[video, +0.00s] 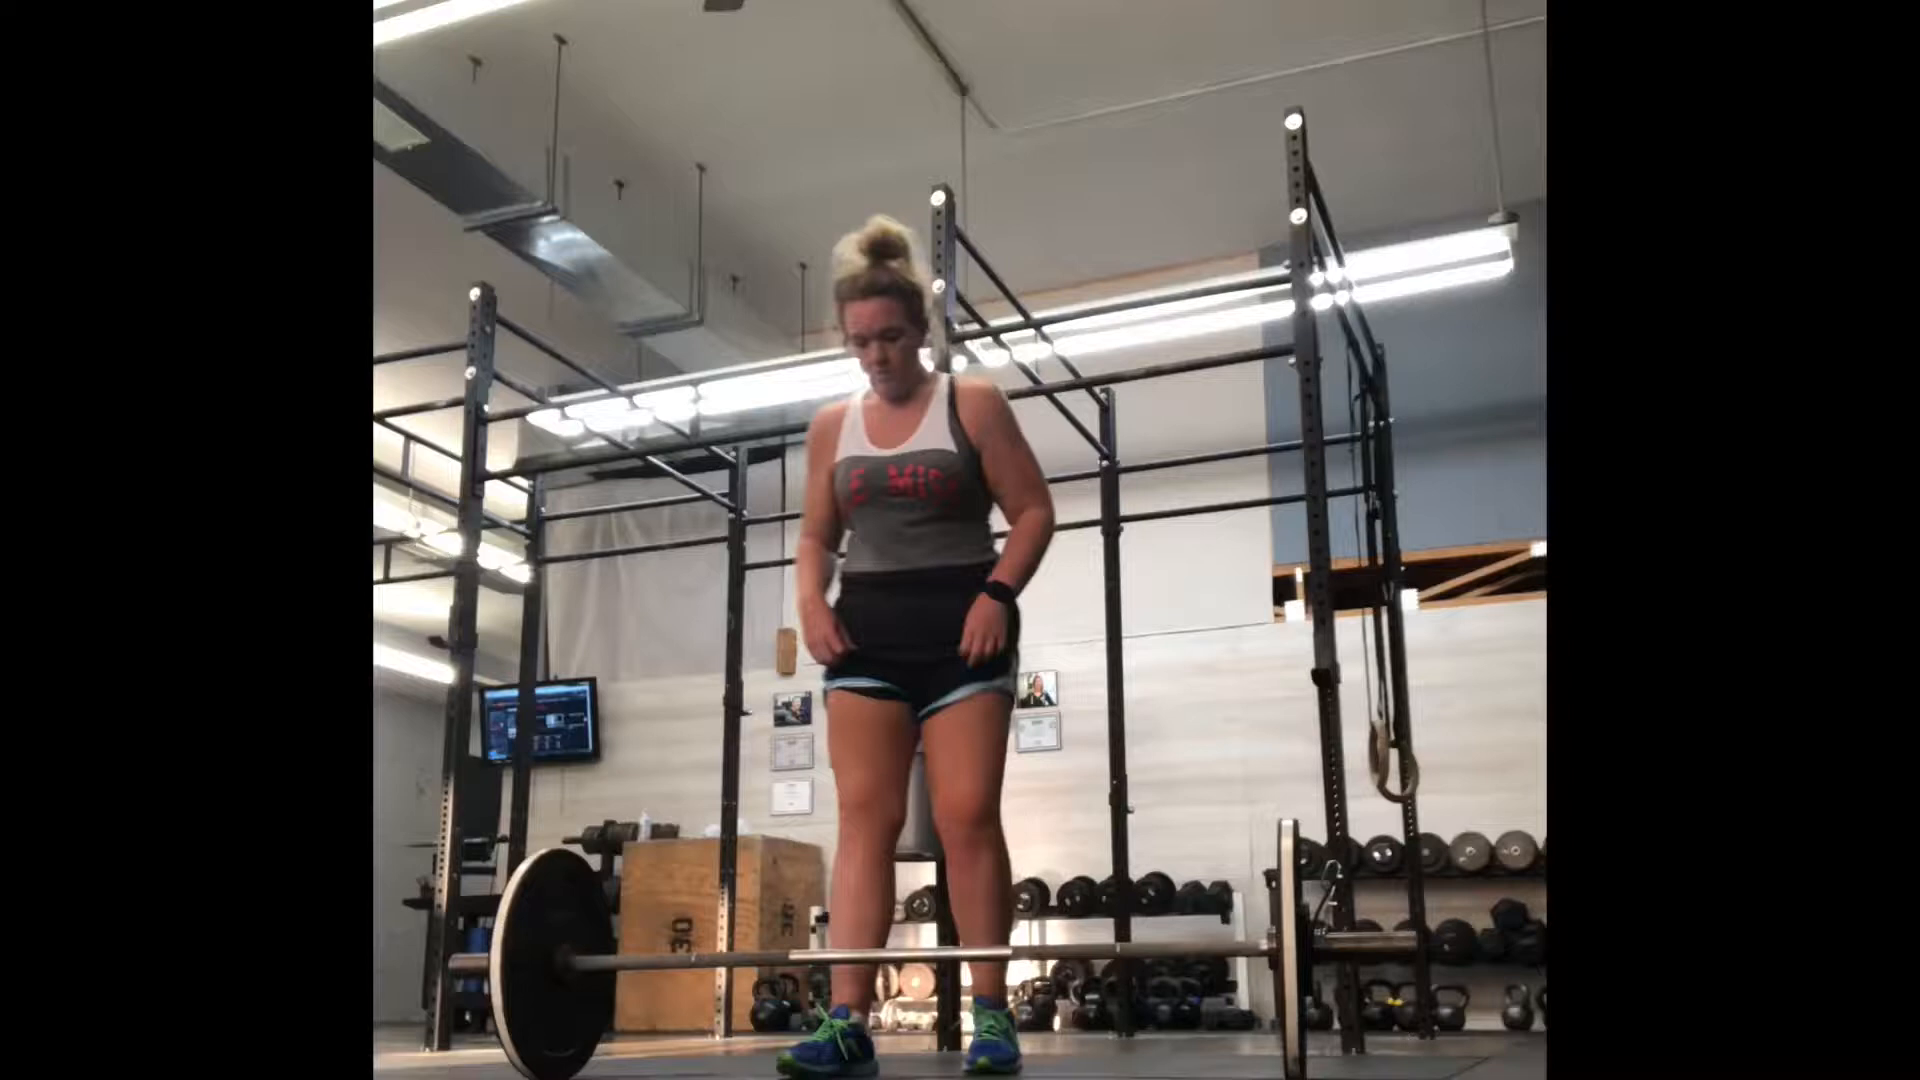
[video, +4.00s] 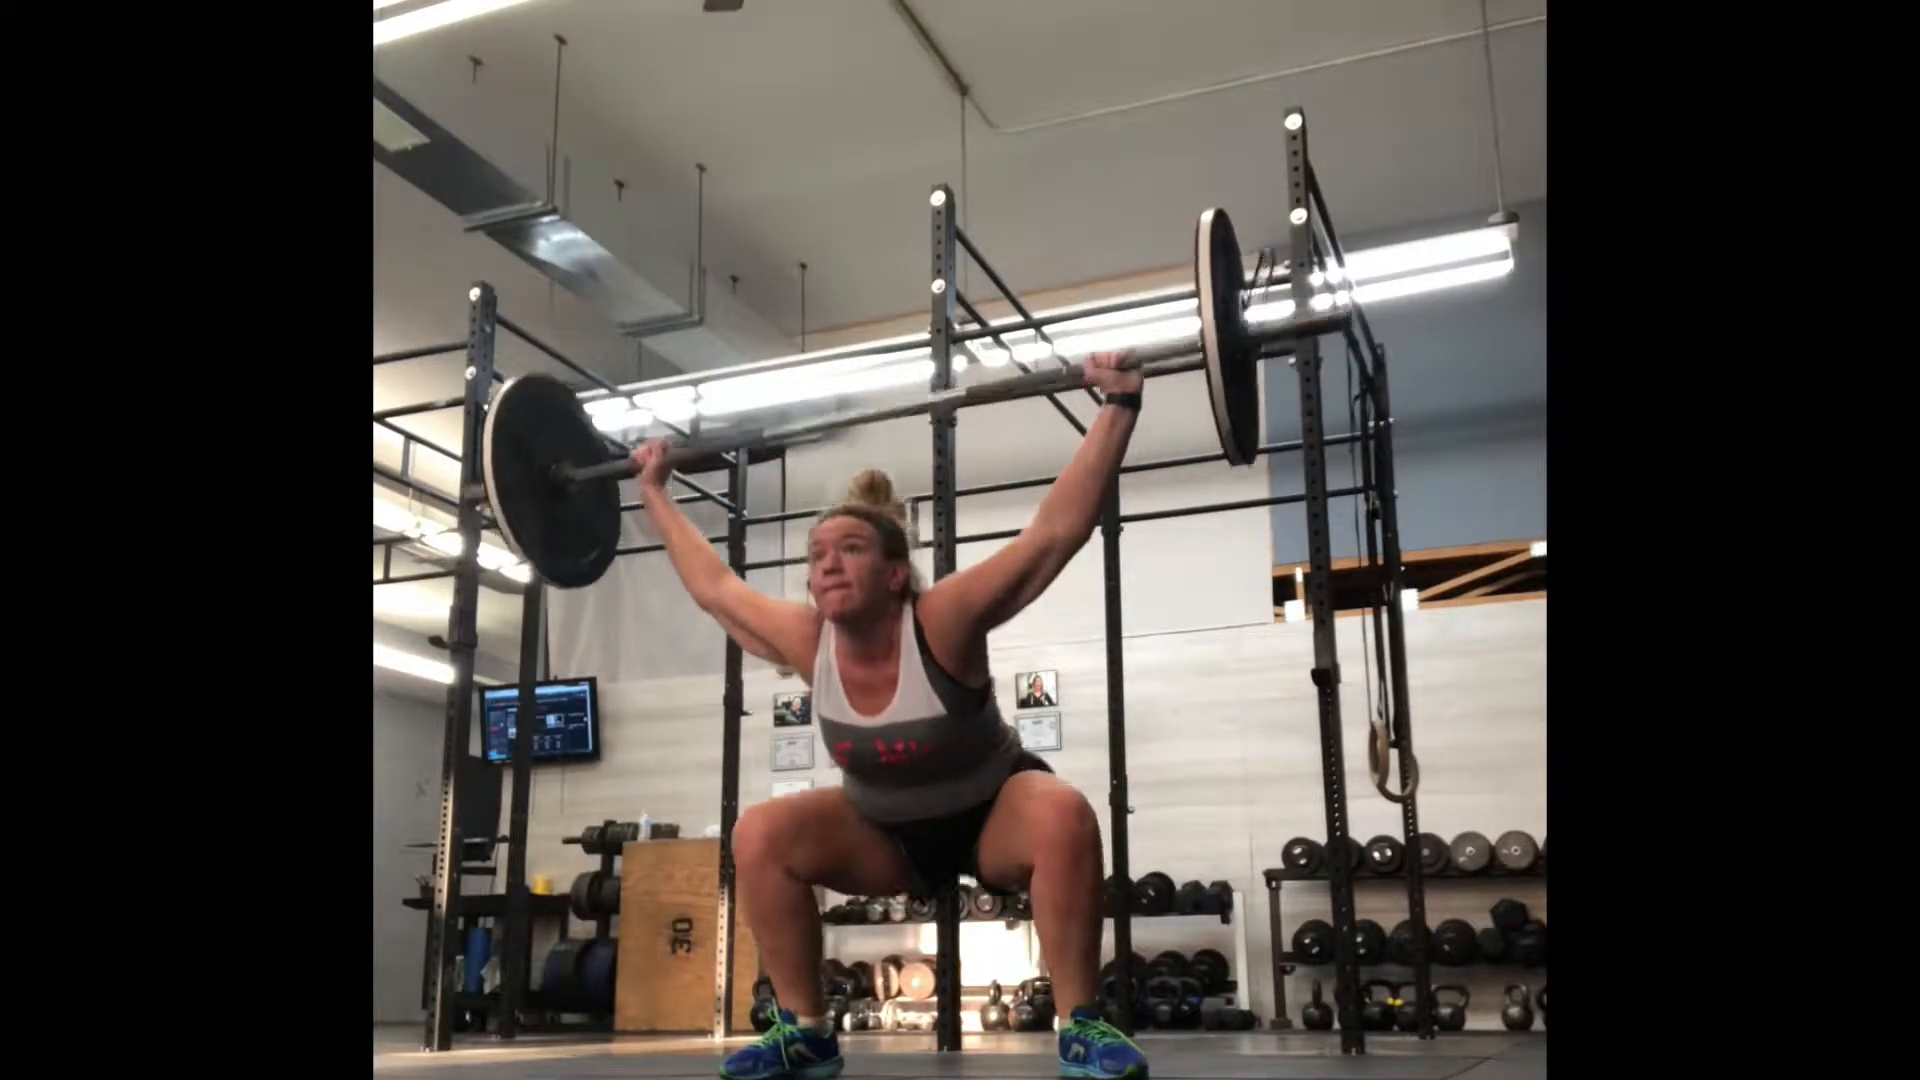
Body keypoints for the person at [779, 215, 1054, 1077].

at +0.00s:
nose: (879, 353)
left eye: (892, 335)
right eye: (864, 339)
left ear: (922, 327)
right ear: (845, 336)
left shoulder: (972, 404)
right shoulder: (832, 427)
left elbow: (1035, 513)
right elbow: (815, 536)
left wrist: (998, 593)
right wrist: (812, 607)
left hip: (962, 638)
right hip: (863, 643)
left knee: (967, 821)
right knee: (865, 822)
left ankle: (989, 1011)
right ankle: (847, 1019)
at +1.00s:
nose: (852, 565)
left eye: (872, 548)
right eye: (839, 551)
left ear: (914, 565)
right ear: (829, 569)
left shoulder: (962, 638)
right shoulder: (818, 653)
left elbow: (1064, 776)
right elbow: (760, 788)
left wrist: (1141, 894)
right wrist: (694, 909)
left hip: (980, 764)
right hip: (881, 773)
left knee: (1017, 816)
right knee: (809, 828)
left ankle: (1026, 1017)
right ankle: (846, 1023)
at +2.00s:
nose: (823, 523)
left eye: (842, 505)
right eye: (811, 508)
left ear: (887, 517)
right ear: (800, 522)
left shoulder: (948, 590)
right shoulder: (805, 610)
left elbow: (1050, 709)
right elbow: (746, 732)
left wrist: (1127, 836)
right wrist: (681, 850)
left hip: (988, 718)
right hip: (888, 727)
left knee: (1008, 816)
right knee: (822, 821)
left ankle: (1025, 1021)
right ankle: (846, 1025)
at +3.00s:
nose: (843, 445)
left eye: (864, 432)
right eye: (833, 436)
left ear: (906, 452)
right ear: (825, 455)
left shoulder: (956, 503)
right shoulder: (818, 526)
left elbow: (1061, 417)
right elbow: (730, 476)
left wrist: (1120, 298)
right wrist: (675, 388)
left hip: (998, 719)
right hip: (888, 732)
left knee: (1061, 809)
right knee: (785, 820)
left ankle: (1081, 1017)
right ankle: (803, 1026)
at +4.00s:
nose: (827, 566)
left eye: (849, 549)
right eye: (816, 555)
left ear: (896, 571)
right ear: (810, 576)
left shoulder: (946, 614)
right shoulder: (807, 640)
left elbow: (1051, 536)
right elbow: (715, 588)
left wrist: (1119, 407)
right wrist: (651, 491)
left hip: (988, 818)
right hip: (878, 830)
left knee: (1067, 815)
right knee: (760, 834)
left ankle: (1079, 1025)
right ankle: (802, 1031)